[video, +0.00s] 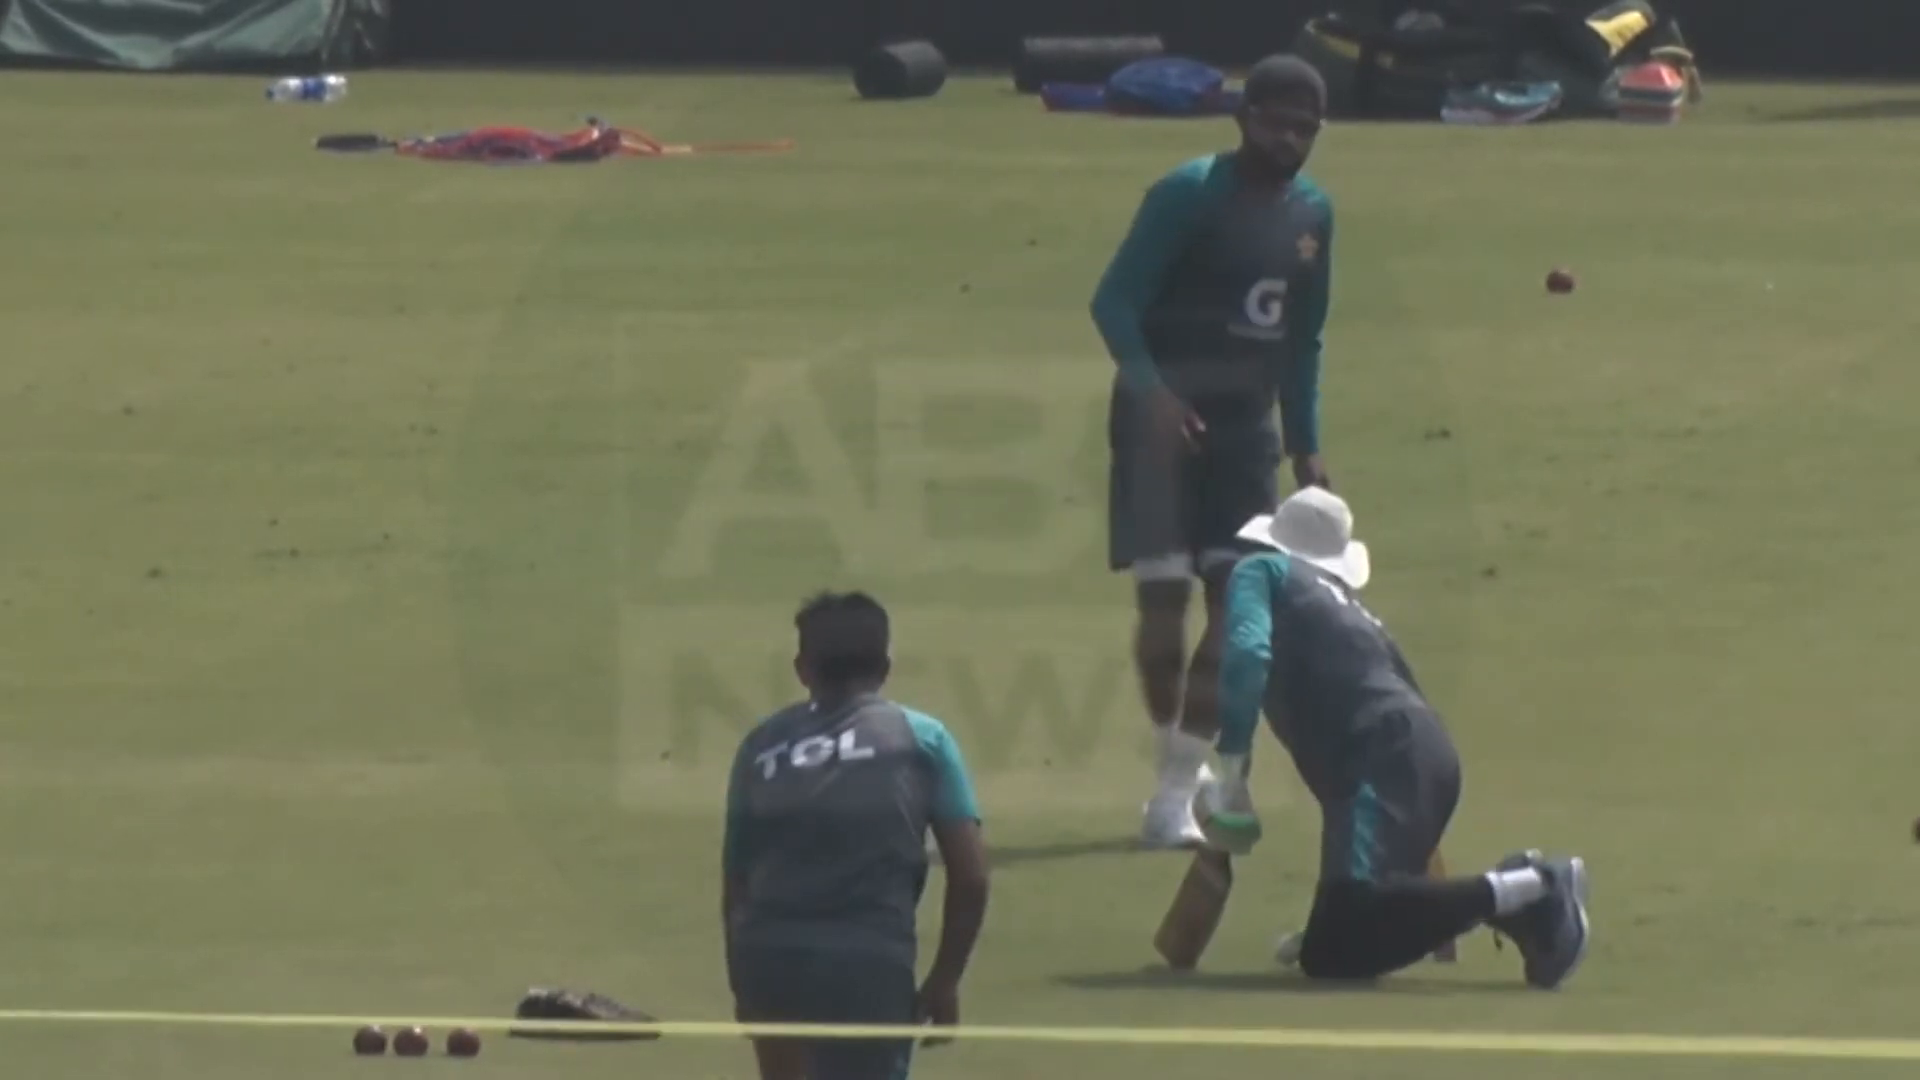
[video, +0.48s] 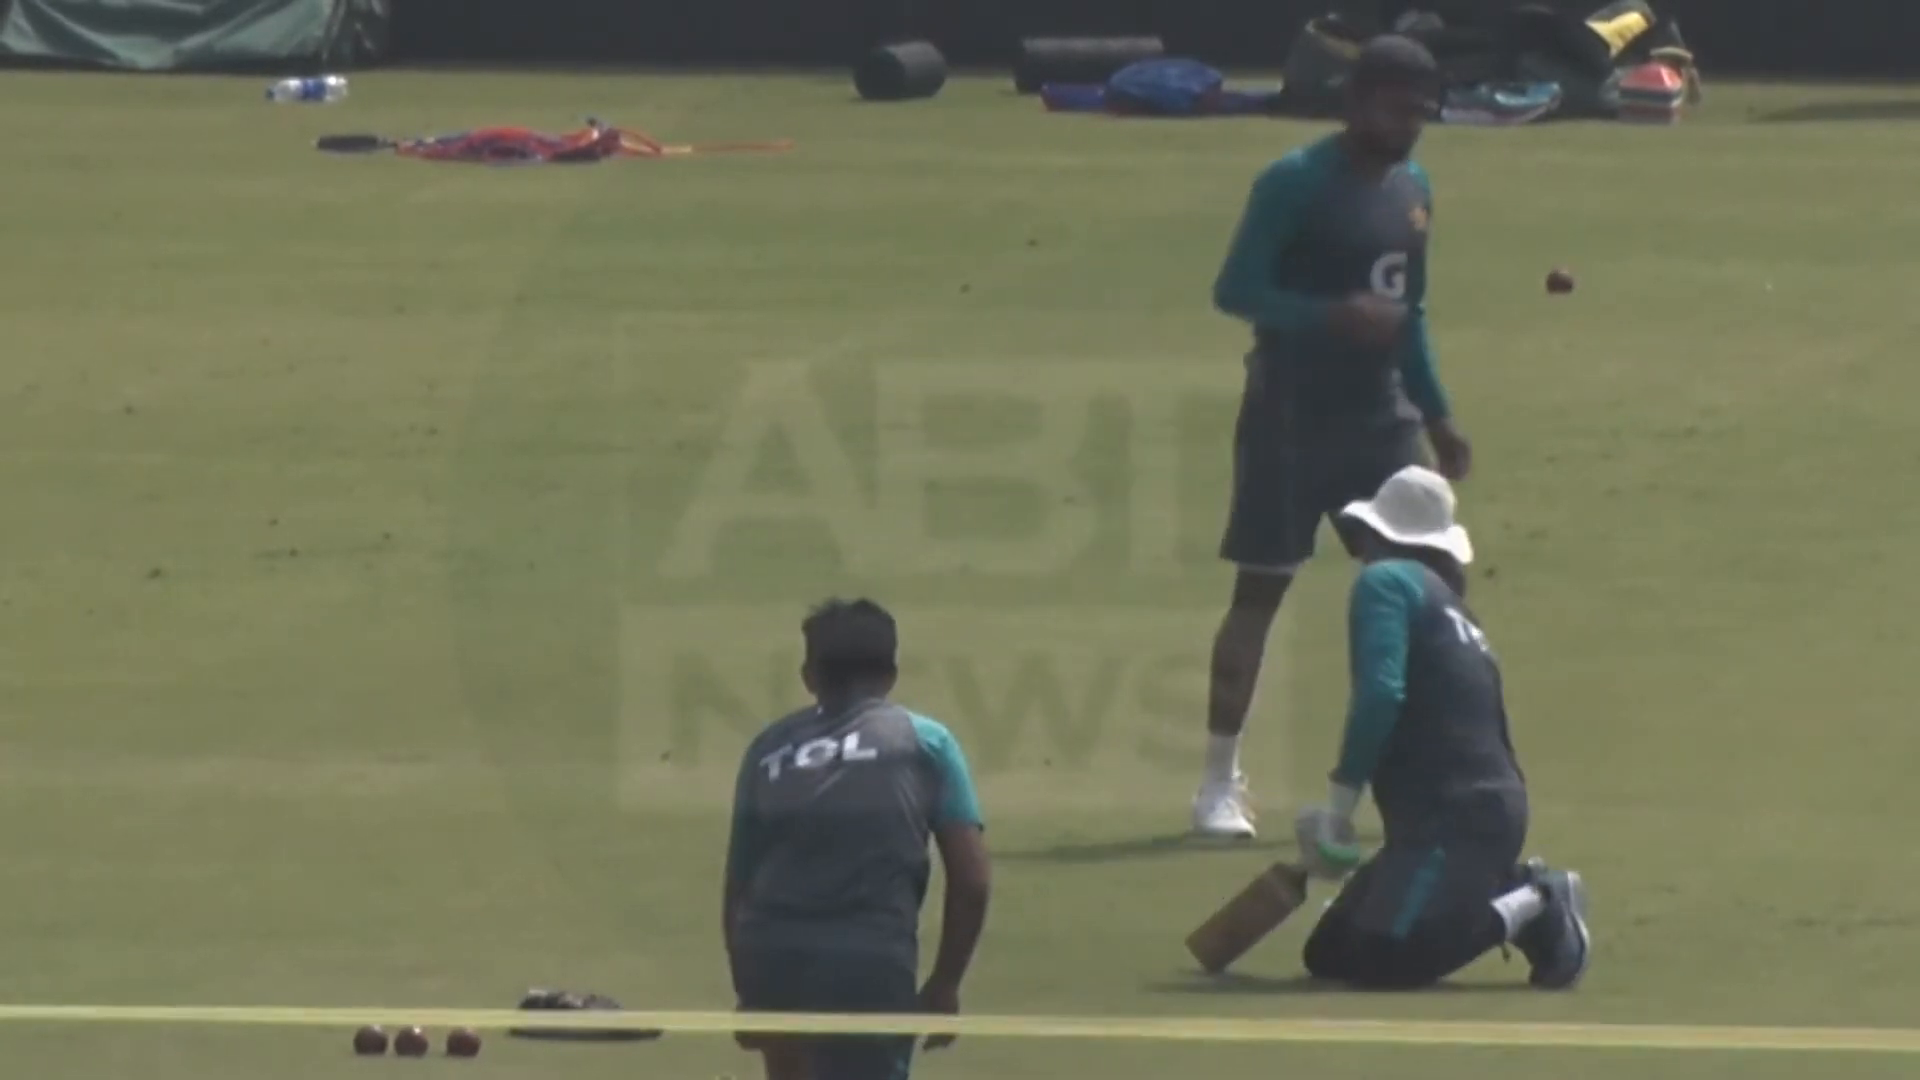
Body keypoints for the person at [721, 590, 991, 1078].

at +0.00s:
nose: (794, 665)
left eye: (796, 655)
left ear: (803, 669)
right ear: (884, 667)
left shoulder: (759, 745)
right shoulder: (922, 737)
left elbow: (736, 886)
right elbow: (971, 877)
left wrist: (745, 986)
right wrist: (944, 983)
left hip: (770, 965)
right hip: (870, 968)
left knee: (785, 1069)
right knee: (869, 1068)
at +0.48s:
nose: (802, 675)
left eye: (804, 665)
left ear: (810, 676)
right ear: (890, 674)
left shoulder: (767, 747)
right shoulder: (927, 740)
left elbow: (737, 892)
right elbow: (972, 879)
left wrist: (748, 996)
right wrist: (944, 988)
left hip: (773, 967)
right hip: (873, 969)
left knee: (791, 1069)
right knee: (872, 1069)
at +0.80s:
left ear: (811, 681)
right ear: (893, 679)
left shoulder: (768, 748)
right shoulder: (928, 743)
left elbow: (726, 906)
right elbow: (972, 883)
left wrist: (746, 993)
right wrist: (945, 992)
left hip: (771, 963)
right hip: (872, 966)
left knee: (789, 1069)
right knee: (873, 1069)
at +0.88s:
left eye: (805, 673)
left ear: (810, 683)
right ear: (891, 680)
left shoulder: (767, 751)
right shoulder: (927, 743)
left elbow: (736, 901)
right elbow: (971, 882)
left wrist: (751, 997)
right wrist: (946, 989)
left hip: (773, 970)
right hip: (872, 972)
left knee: (790, 1066)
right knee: (873, 1067)